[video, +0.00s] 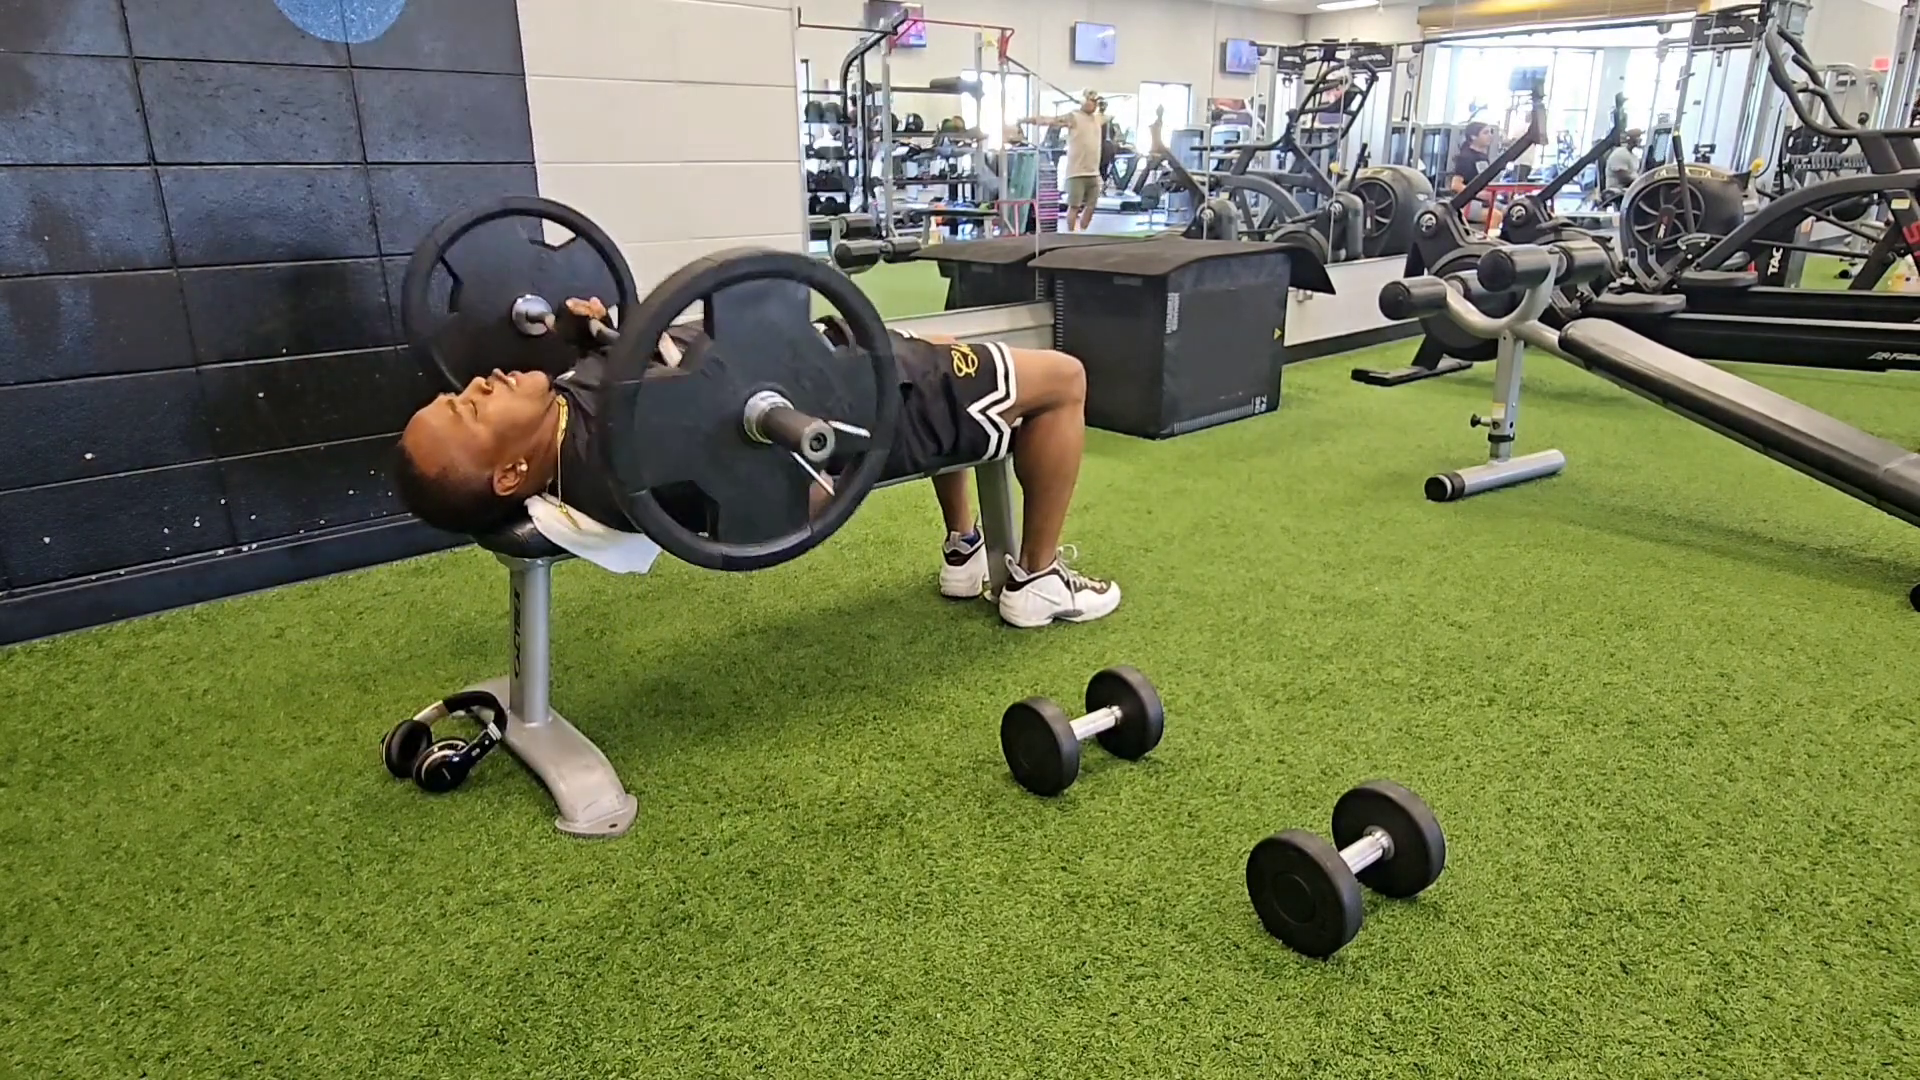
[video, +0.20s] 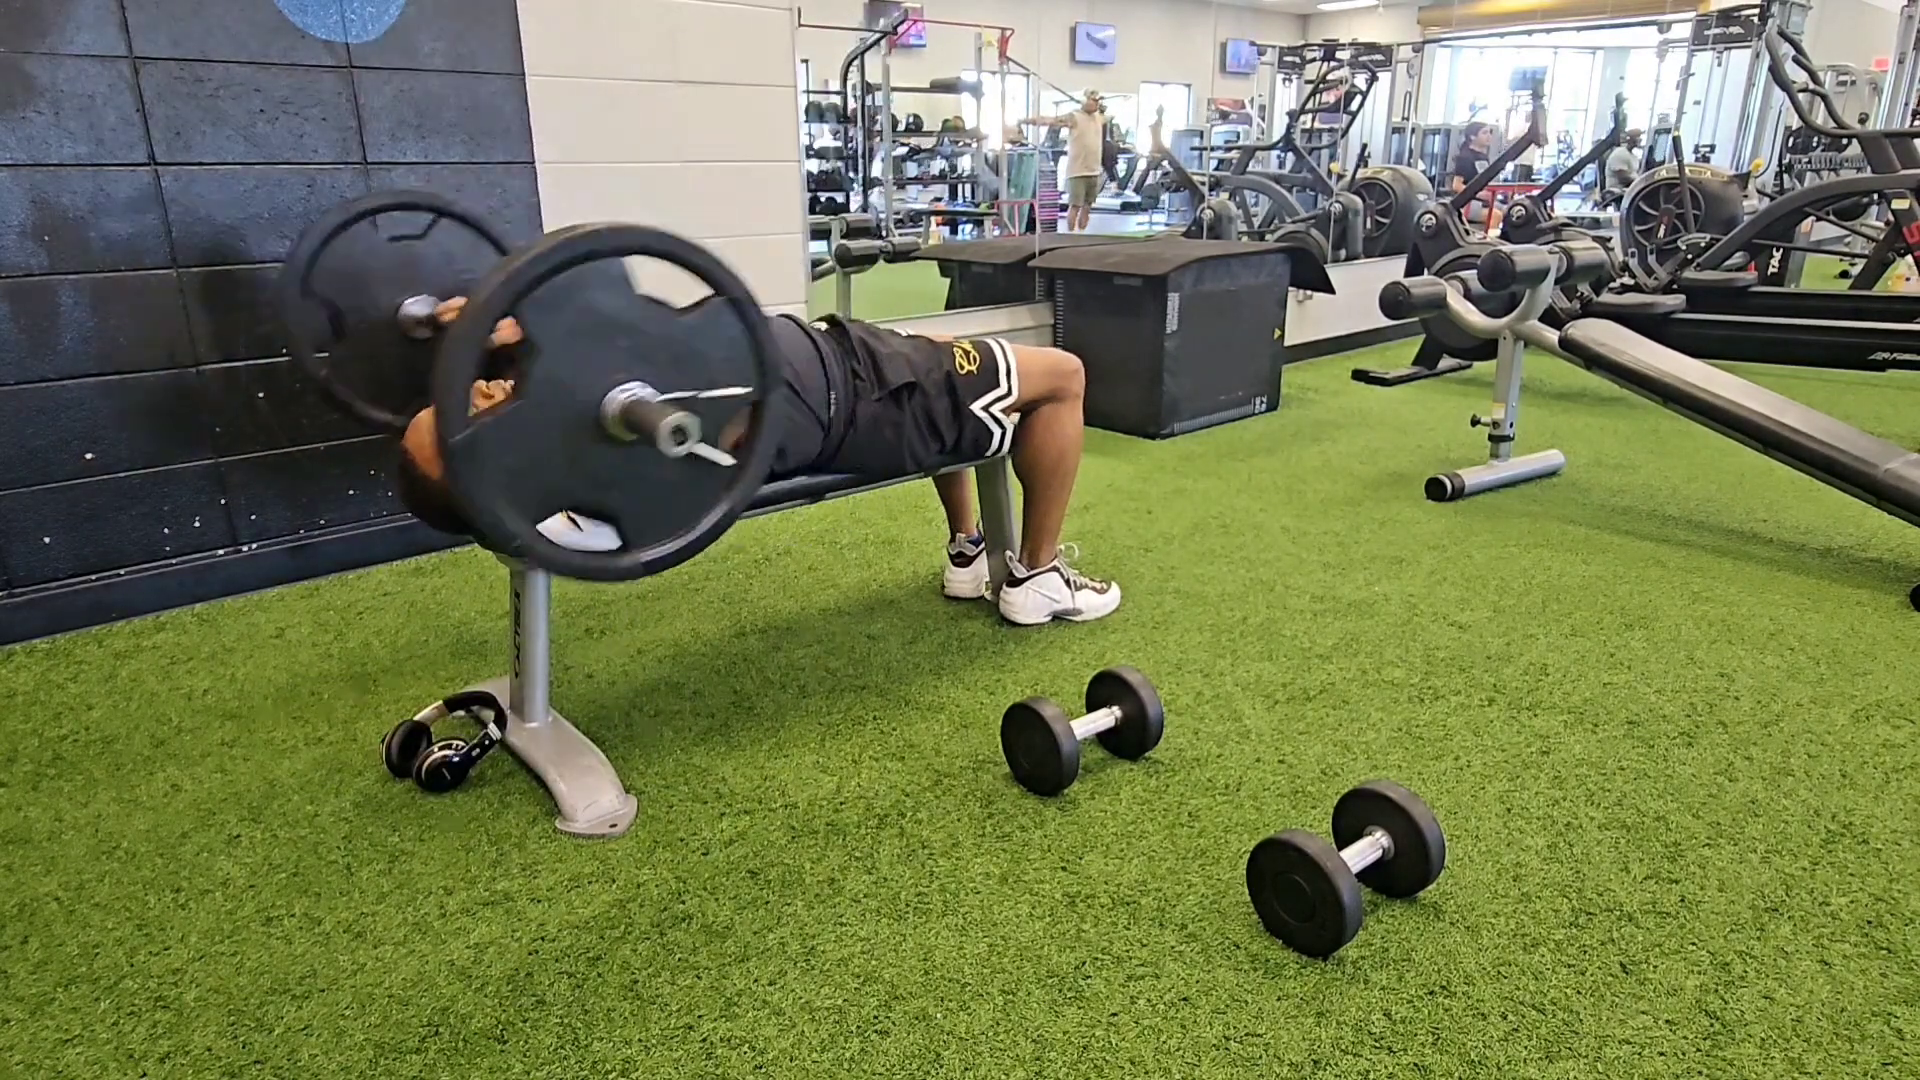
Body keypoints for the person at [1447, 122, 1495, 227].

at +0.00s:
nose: (1490, 135)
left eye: (1490, 132)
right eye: (1485, 132)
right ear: (1473, 137)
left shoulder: (1484, 156)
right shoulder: (1466, 156)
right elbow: (1456, 185)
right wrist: (1479, 194)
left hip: (1485, 201)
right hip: (1468, 202)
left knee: (1509, 212)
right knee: (1496, 216)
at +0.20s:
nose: (1489, 136)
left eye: (1489, 132)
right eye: (1484, 133)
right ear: (1472, 137)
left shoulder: (1484, 157)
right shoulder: (1465, 156)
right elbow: (1457, 185)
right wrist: (1479, 194)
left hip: (1486, 201)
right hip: (1468, 203)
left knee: (1508, 211)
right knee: (1496, 216)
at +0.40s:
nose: (1488, 136)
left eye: (1488, 132)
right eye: (1483, 133)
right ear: (1471, 137)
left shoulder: (1484, 157)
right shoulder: (1464, 157)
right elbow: (1455, 185)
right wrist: (1479, 194)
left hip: (1486, 201)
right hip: (1469, 202)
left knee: (1507, 211)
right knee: (1496, 214)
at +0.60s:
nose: (1489, 136)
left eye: (1489, 132)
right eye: (1484, 133)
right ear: (1472, 137)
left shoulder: (1485, 156)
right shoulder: (1464, 157)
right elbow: (1455, 185)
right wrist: (1479, 195)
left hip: (1488, 201)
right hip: (1470, 203)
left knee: (1508, 212)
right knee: (1496, 216)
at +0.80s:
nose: (1490, 136)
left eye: (1490, 132)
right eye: (1485, 133)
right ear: (1473, 137)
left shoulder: (1485, 155)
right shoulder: (1465, 156)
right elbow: (1454, 185)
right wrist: (1479, 195)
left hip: (1488, 201)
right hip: (1469, 203)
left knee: (1509, 212)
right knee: (1496, 215)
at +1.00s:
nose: (1491, 135)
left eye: (1491, 132)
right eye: (1487, 132)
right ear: (1474, 136)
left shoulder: (1486, 155)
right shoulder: (1466, 156)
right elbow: (1456, 185)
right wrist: (1480, 194)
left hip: (1488, 201)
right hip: (1469, 203)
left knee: (1508, 211)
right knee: (1496, 215)